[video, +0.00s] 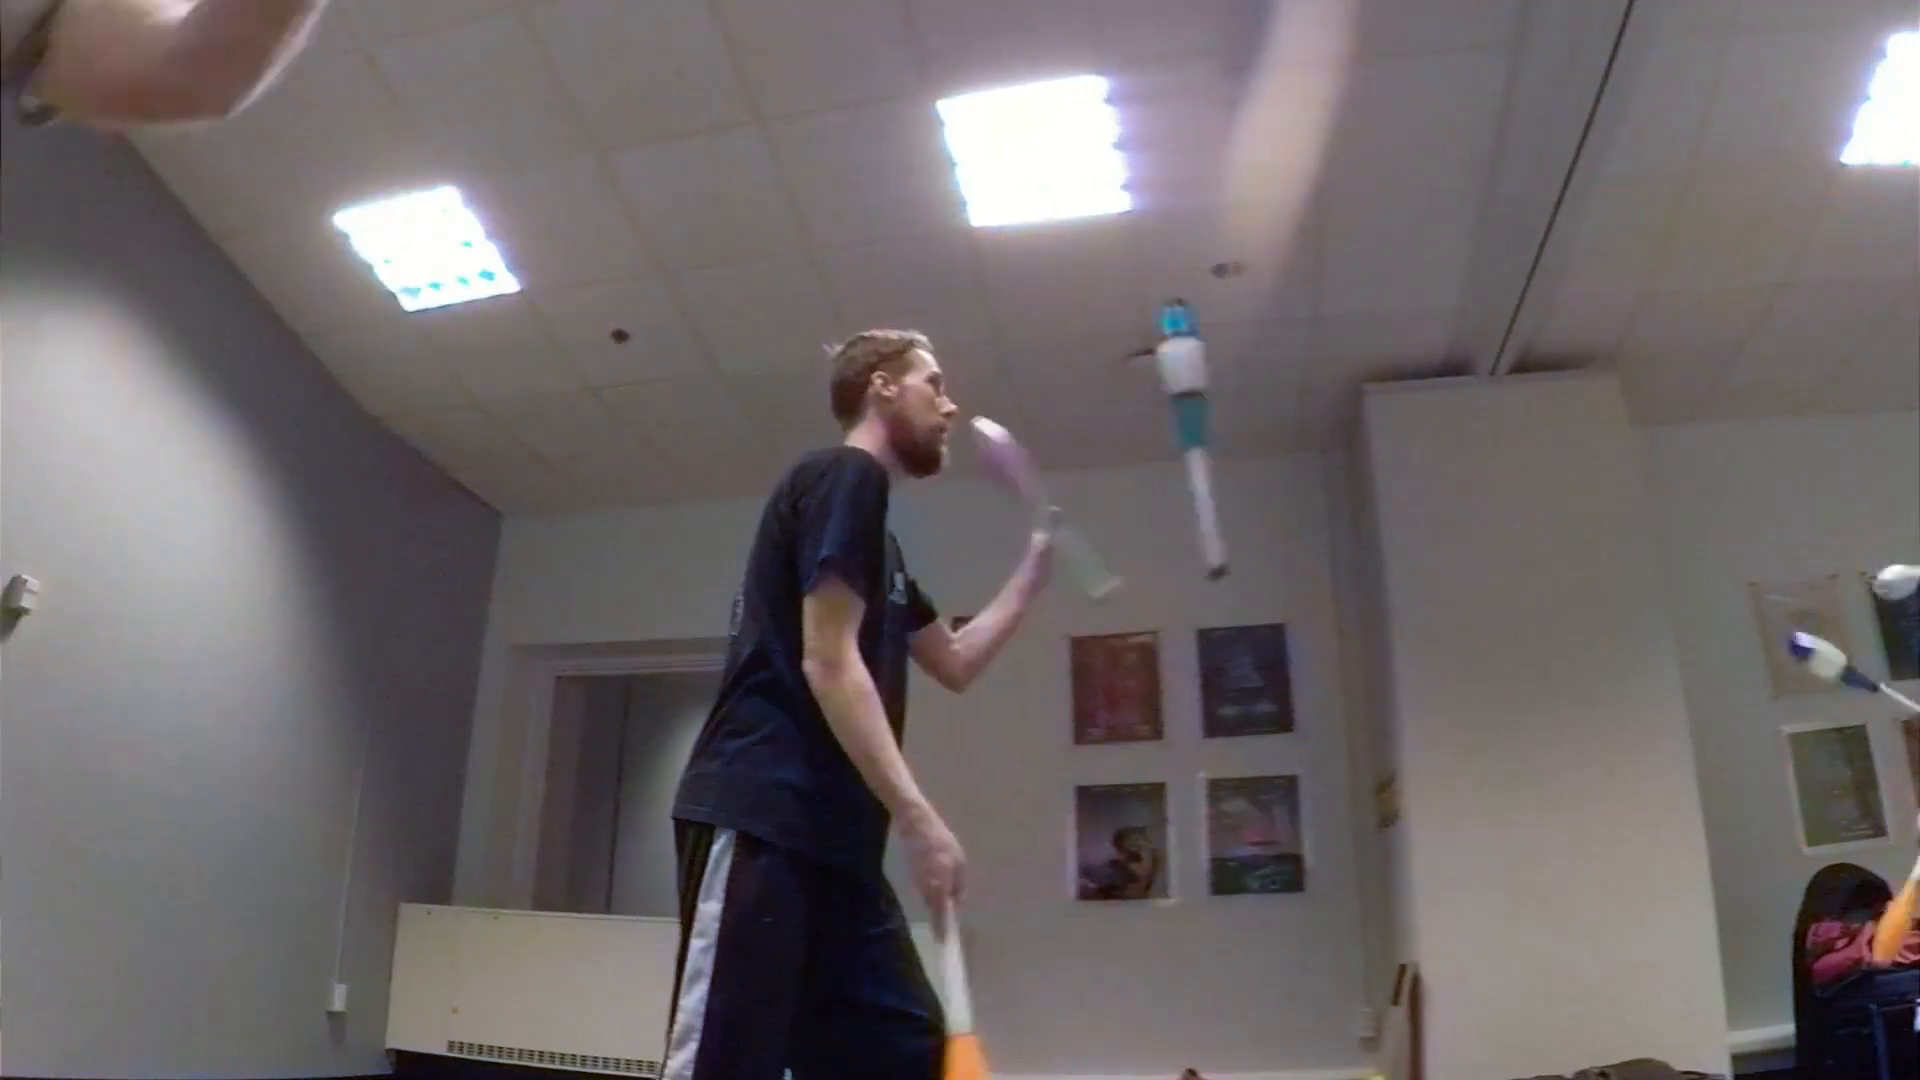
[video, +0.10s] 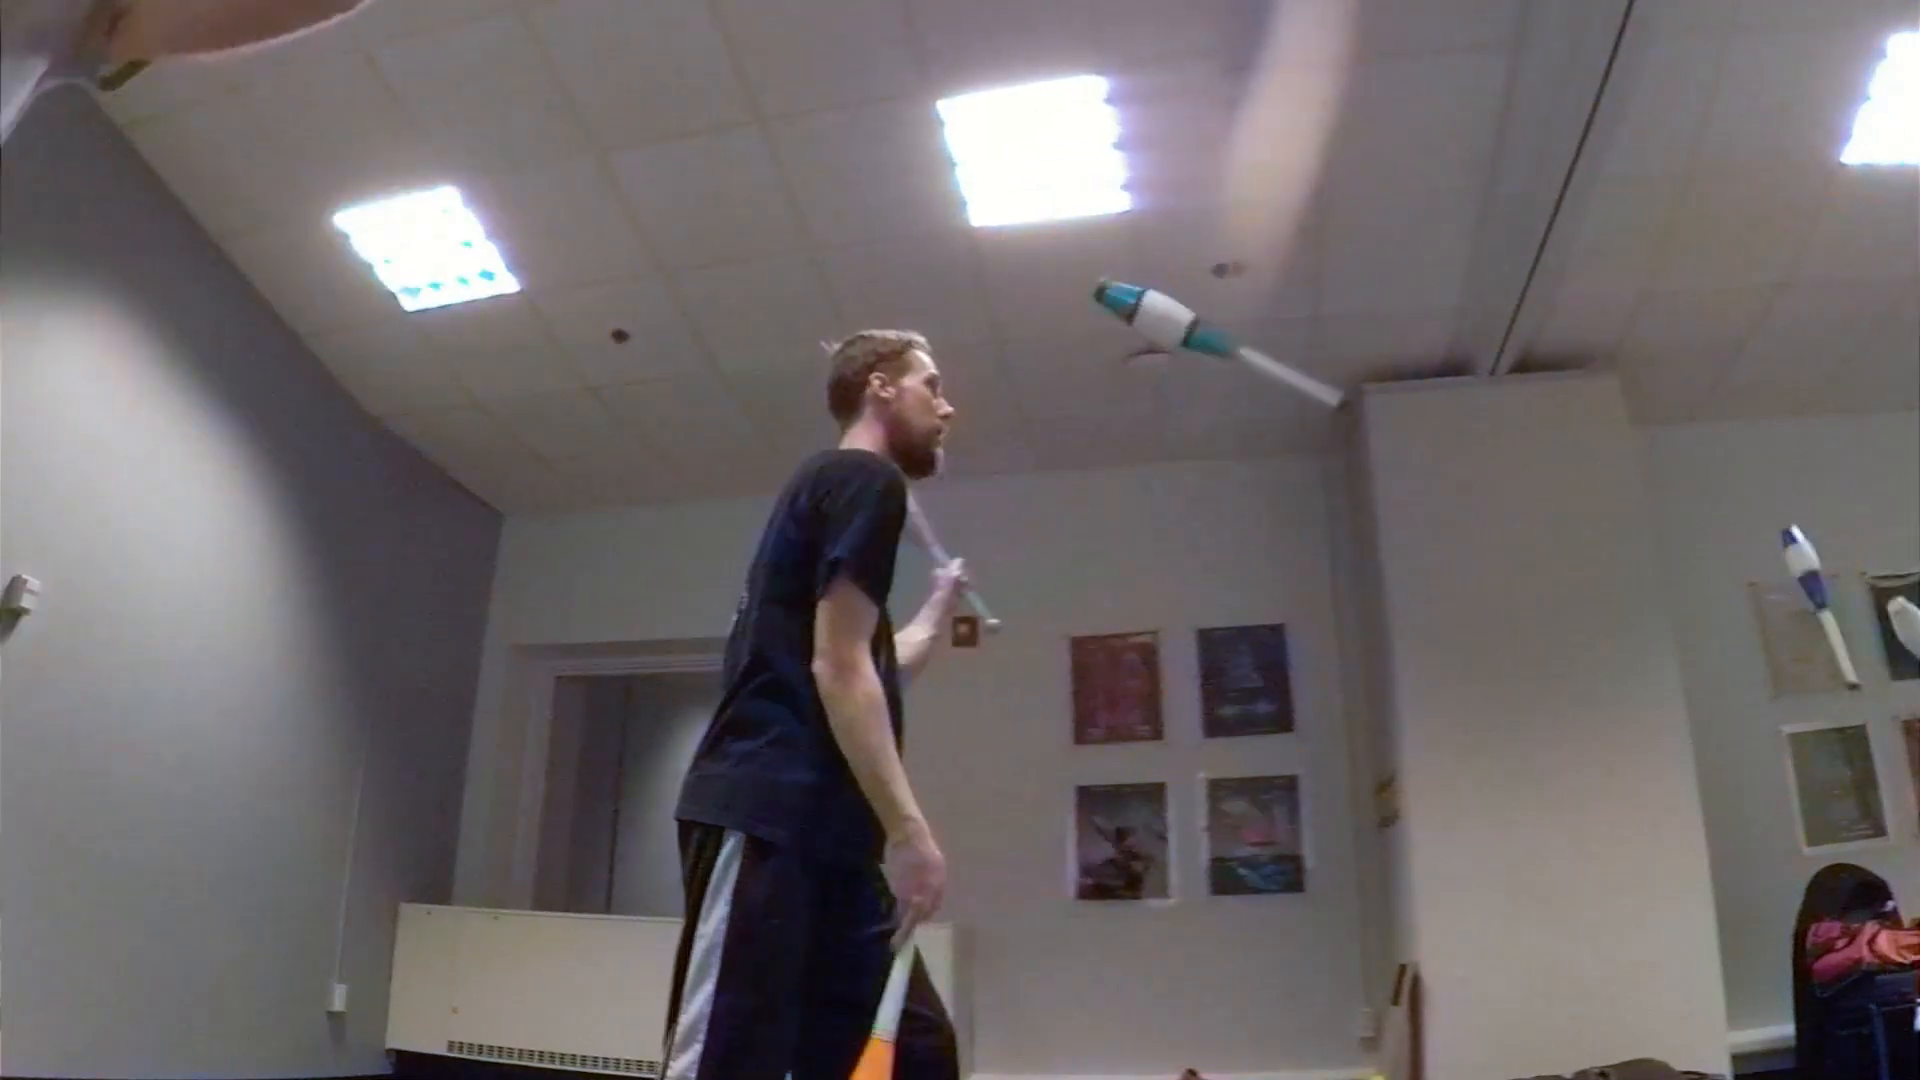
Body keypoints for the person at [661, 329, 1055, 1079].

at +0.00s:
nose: (950, 404)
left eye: (946, 388)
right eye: (934, 384)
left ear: (889, 392)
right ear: (881, 387)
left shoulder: (875, 539)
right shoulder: (847, 475)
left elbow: (956, 662)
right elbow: (829, 661)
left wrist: (1032, 570)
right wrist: (919, 817)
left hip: (824, 834)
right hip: (760, 820)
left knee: (903, 1042)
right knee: (720, 1057)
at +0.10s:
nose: (948, 406)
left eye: (944, 389)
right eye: (934, 386)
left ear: (878, 395)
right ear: (881, 390)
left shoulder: (828, 487)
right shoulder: (866, 479)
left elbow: (863, 673)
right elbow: (840, 664)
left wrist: (933, 620)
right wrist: (908, 830)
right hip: (775, 813)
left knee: (921, 1046)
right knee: (724, 1051)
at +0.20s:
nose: (947, 414)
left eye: (944, 397)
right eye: (933, 393)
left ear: (879, 401)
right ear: (887, 397)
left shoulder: (810, 498)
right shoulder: (888, 486)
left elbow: (790, 676)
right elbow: (892, 670)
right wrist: (987, 824)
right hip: (782, 822)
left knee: (912, 1050)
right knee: (727, 1060)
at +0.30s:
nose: (956, 421)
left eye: (952, 404)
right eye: (943, 402)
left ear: (890, 409)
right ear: (898, 405)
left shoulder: (818, 504)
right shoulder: (901, 492)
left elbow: (769, 662)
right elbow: (970, 669)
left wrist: (861, 744)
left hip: (808, 823)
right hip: (778, 815)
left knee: (905, 1049)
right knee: (731, 1058)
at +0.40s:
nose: (968, 431)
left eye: (964, 414)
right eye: (954, 409)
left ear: (891, 420)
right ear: (907, 411)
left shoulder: (832, 512)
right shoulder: (911, 491)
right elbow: (1038, 644)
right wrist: (1193, 686)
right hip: (788, 811)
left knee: (902, 1043)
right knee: (732, 1052)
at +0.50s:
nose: (973, 435)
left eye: (969, 419)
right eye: (960, 417)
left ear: (897, 426)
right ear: (915, 419)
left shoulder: (845, 514)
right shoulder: (918, 492)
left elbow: (825, 636)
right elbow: (1049, 628)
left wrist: (929, 627)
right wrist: (1209, 653)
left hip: (810, 816)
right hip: (792, 810)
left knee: (902, 1046)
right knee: (735, 1051)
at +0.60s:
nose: (974, 436)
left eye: (970, 417)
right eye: (962, 416)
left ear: (911, 425)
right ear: (916, 421)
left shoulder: (866, 506)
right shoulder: (909, 486)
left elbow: (832, 713)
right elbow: (1003, 633)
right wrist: (1174, 671)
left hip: (819, 823)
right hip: (790, 810)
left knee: (906, 1049)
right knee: (731, 1054)